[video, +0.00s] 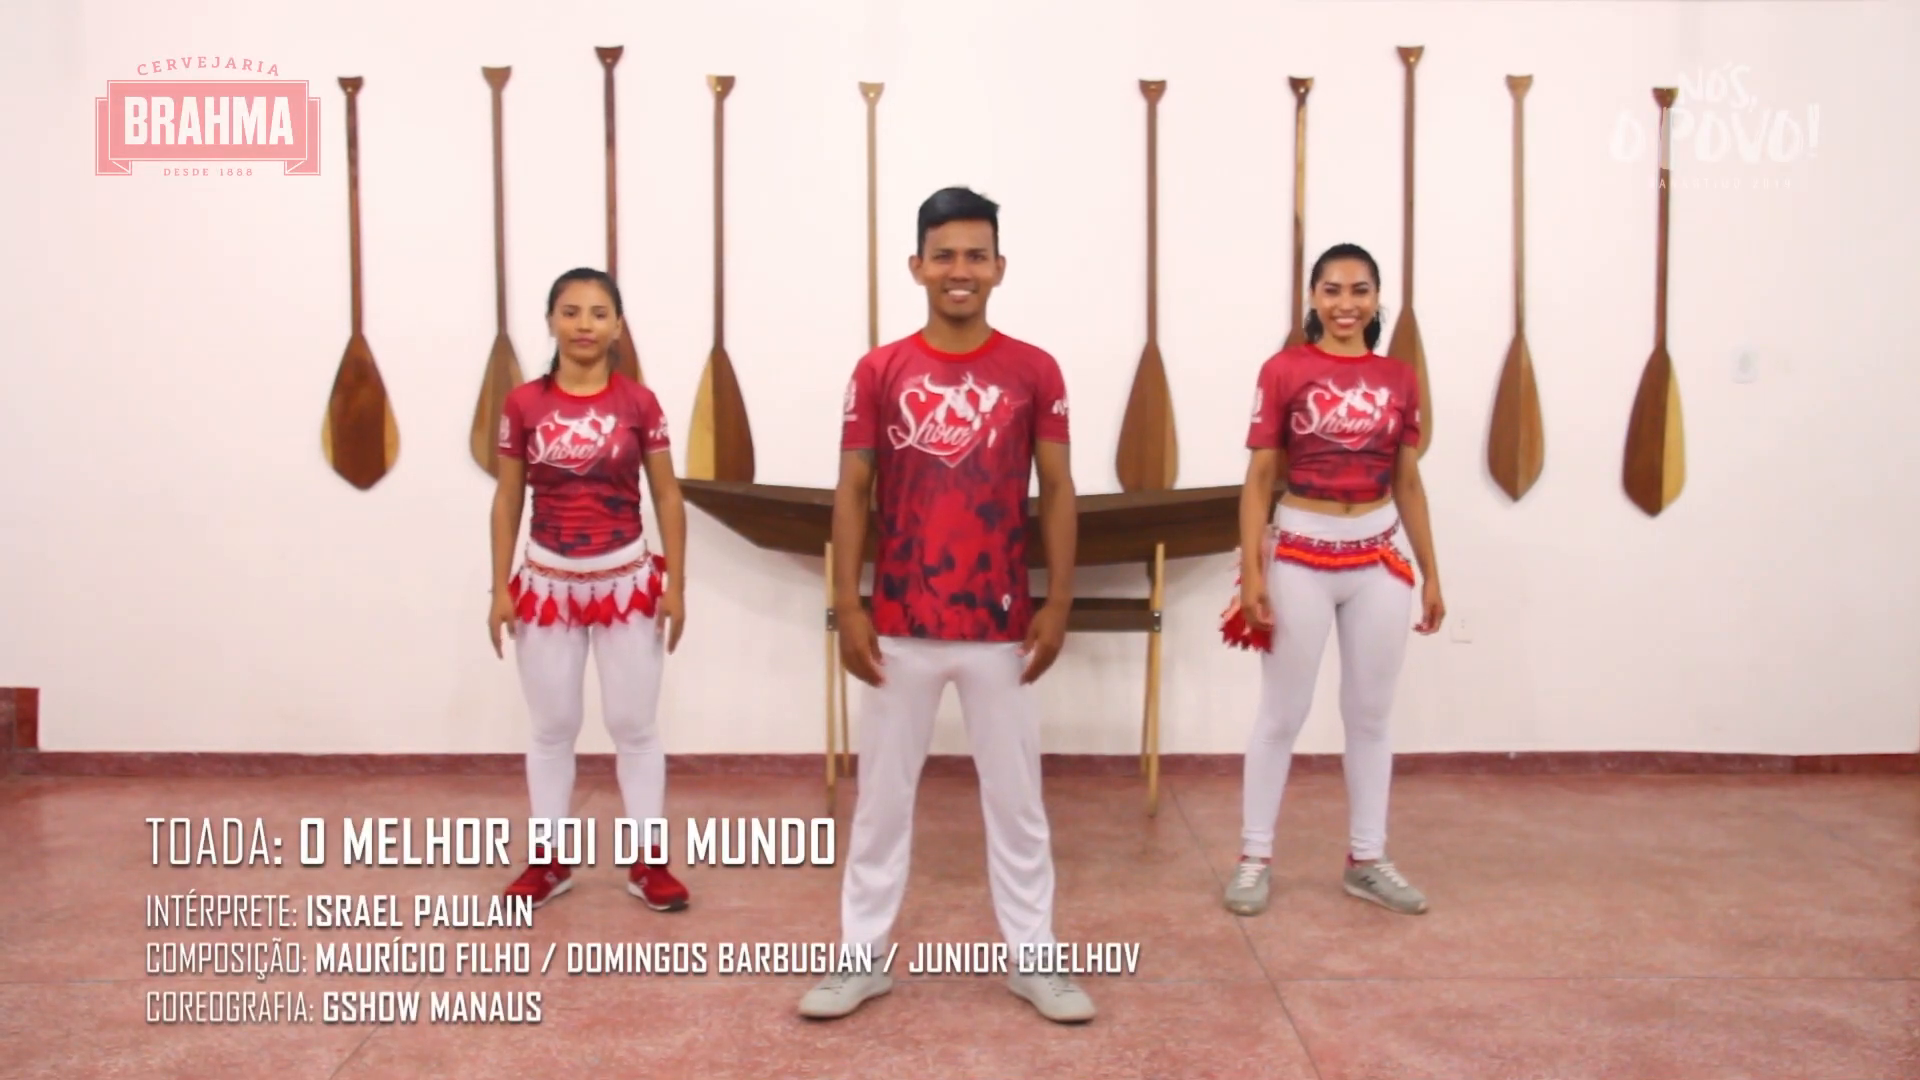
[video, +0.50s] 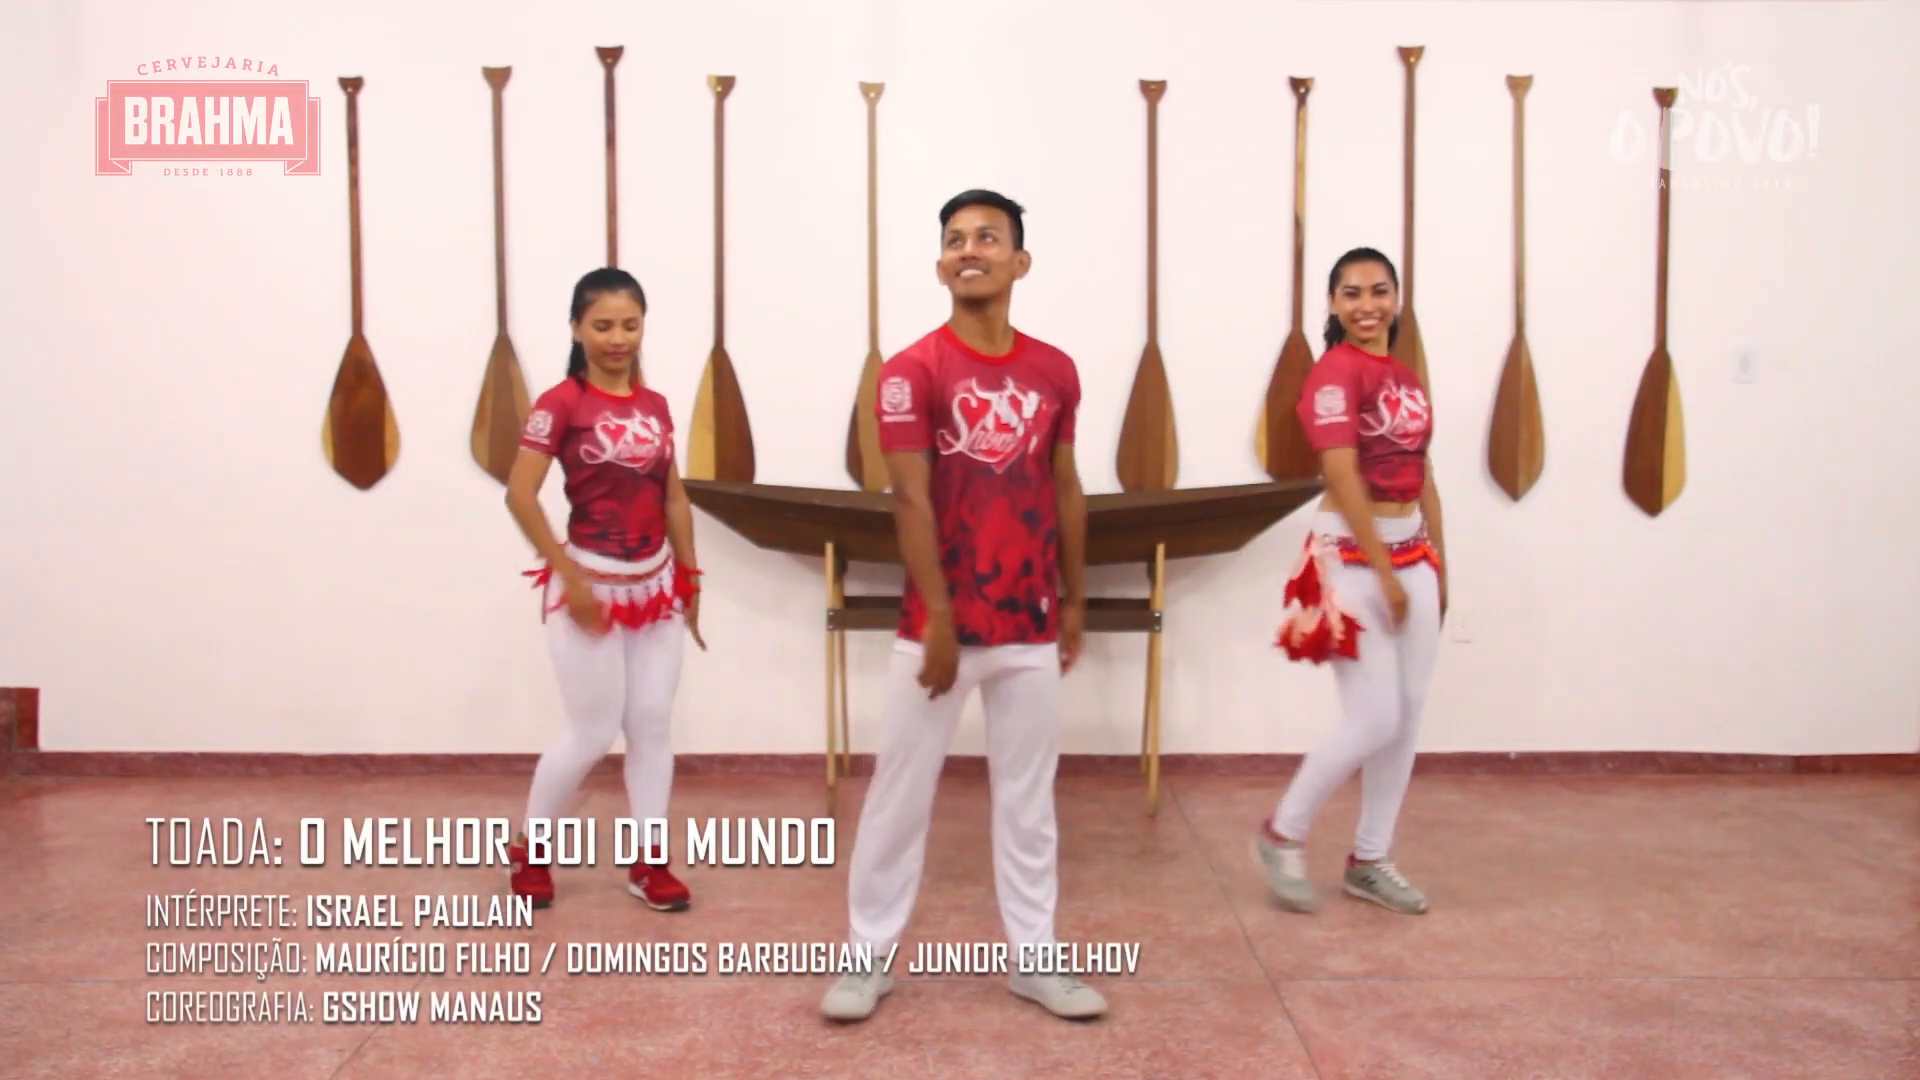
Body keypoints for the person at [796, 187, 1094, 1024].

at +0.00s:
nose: (962, 270)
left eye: (977, 255)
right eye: (946, 256)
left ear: (998, 266)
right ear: (919, 267)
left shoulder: (1034, 371)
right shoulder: (879, 373)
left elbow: (1058, 492)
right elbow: (852, 494)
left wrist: (1059, 601)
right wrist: (845, 605)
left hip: (999, 624)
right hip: (901, 623)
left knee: (1016, 799)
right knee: (881, 796)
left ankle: (1033, 954)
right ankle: (863, 953)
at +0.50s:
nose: (969, 249)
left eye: (987, 237)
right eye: (956, 239)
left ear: (1020, 261)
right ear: (939, 264)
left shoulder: (1054, 371)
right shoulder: (912, 371)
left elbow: (1064, 486)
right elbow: (911, 499)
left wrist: (1074, 600)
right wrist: (939, 618)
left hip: (1028, 626)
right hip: (937, 625)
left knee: (1028, 800)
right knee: (898, 797)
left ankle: (1034, 954)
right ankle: (868, 951)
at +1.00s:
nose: (954, 248)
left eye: (973, 235)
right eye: (942, 238)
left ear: (1009, 258)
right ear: (929, 265)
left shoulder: (1043, 344)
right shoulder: (914, 352)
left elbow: (1147, 297)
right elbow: (872, 301)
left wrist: (1239, 233)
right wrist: (906, 206)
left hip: (1029, 623)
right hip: (935, 624)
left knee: (1033, 803)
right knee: (878, 798)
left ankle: (1035, 958)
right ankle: (819, 975)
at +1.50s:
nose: (862, 240)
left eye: (883, 229)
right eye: (852, 228)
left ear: (924, 255)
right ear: (838, 248)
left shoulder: (944, 343)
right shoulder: (792, 338)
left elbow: (999, 242)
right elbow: (687, 282)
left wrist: (981, 123)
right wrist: (577, 217)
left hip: (915, 629)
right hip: (808, 630)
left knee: (982, 798)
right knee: (791, 827)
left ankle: (1044, 953)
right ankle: (807, 1006)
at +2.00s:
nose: (839, 251)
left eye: (859, 237)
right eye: (823, 235)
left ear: (888, 258)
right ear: (800, 254)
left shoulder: (910, 351)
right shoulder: (757, 352)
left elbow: (960, 243)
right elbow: (626, 324)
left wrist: (853, 157)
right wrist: (508, 299)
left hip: (860, 643)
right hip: (766, 641)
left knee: (854, 837)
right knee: (770, 838)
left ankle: (875, 985)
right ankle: (801, 1007)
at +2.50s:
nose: (881, 265)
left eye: (900, 249)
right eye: (863, 249)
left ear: (931, 266)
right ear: (837, 264)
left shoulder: (955, 372)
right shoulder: (805, 358)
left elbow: (1019, 287)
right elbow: (727, 241)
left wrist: (1048, 172)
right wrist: (706, 102)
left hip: (910, 681)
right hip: (802, 669)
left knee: (953, 894)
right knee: (790, 855)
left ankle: (993, 1069)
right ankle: (801, 1011)